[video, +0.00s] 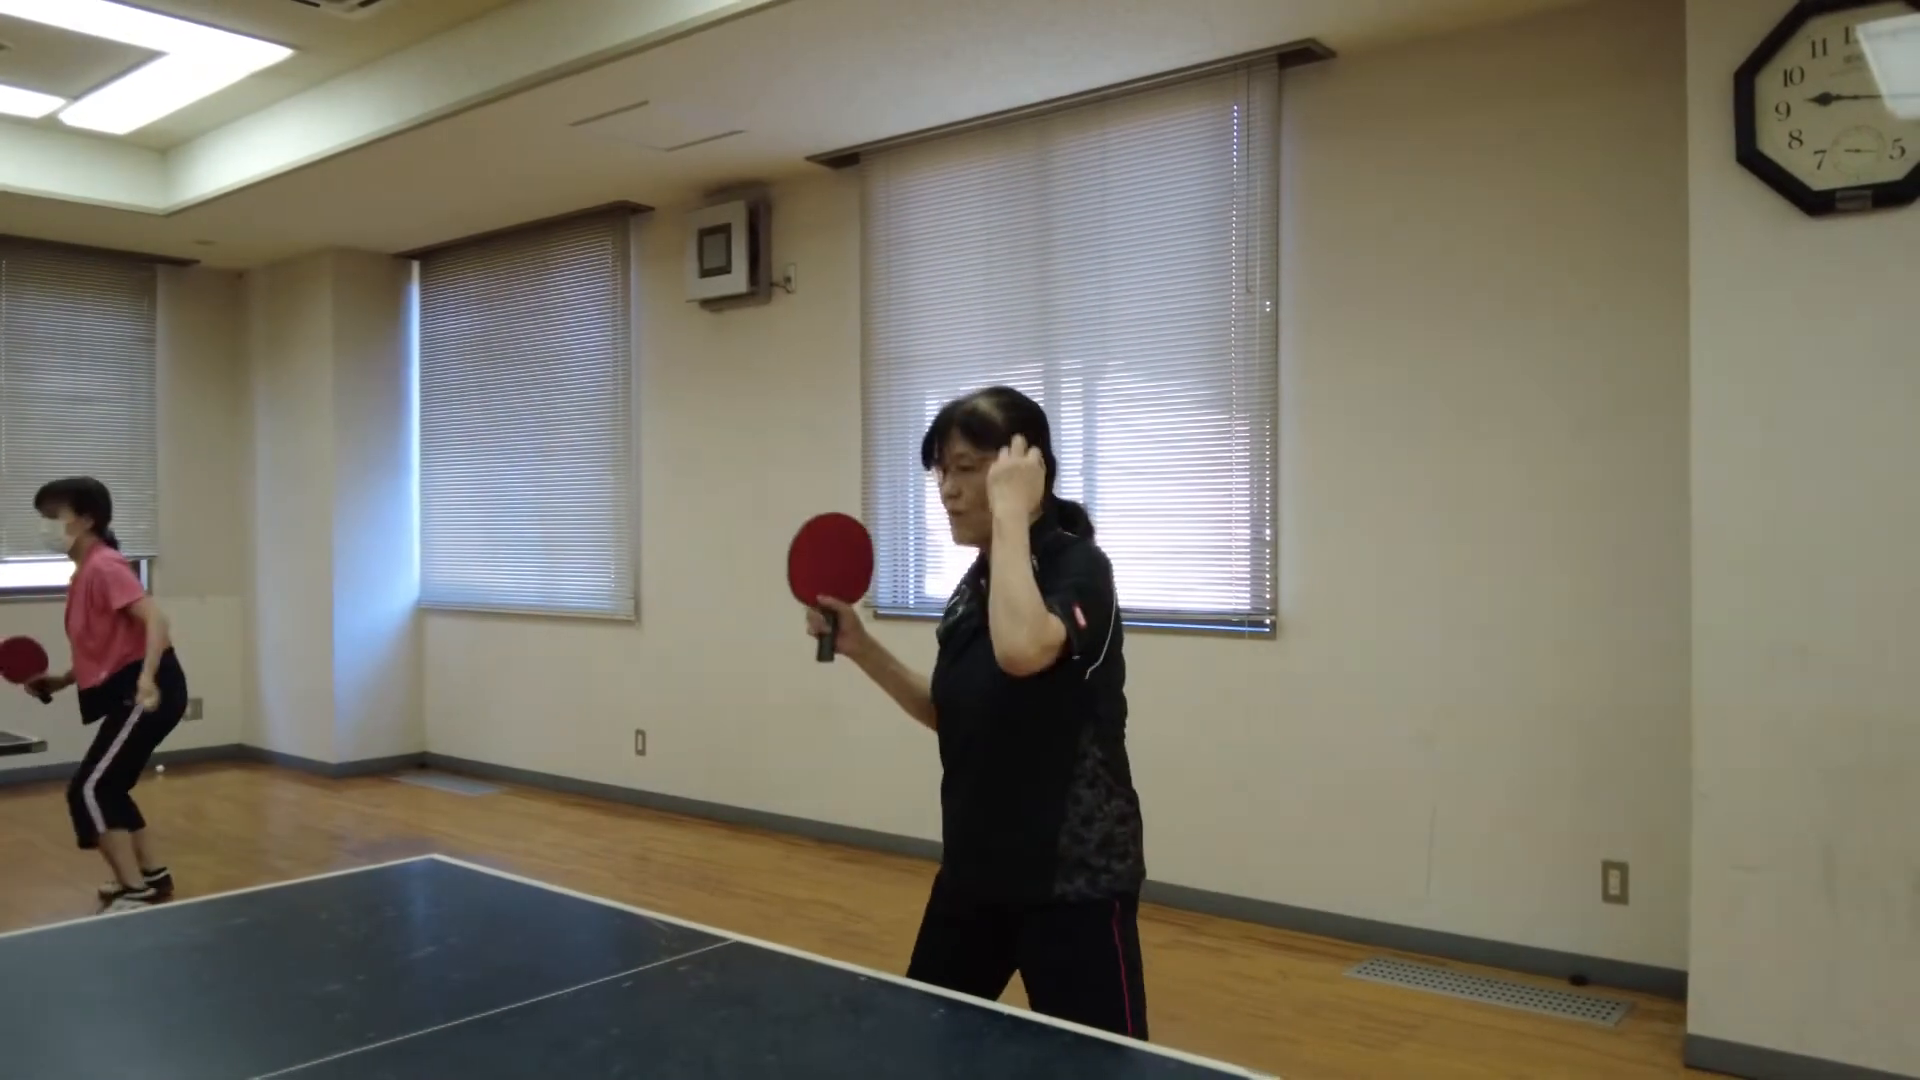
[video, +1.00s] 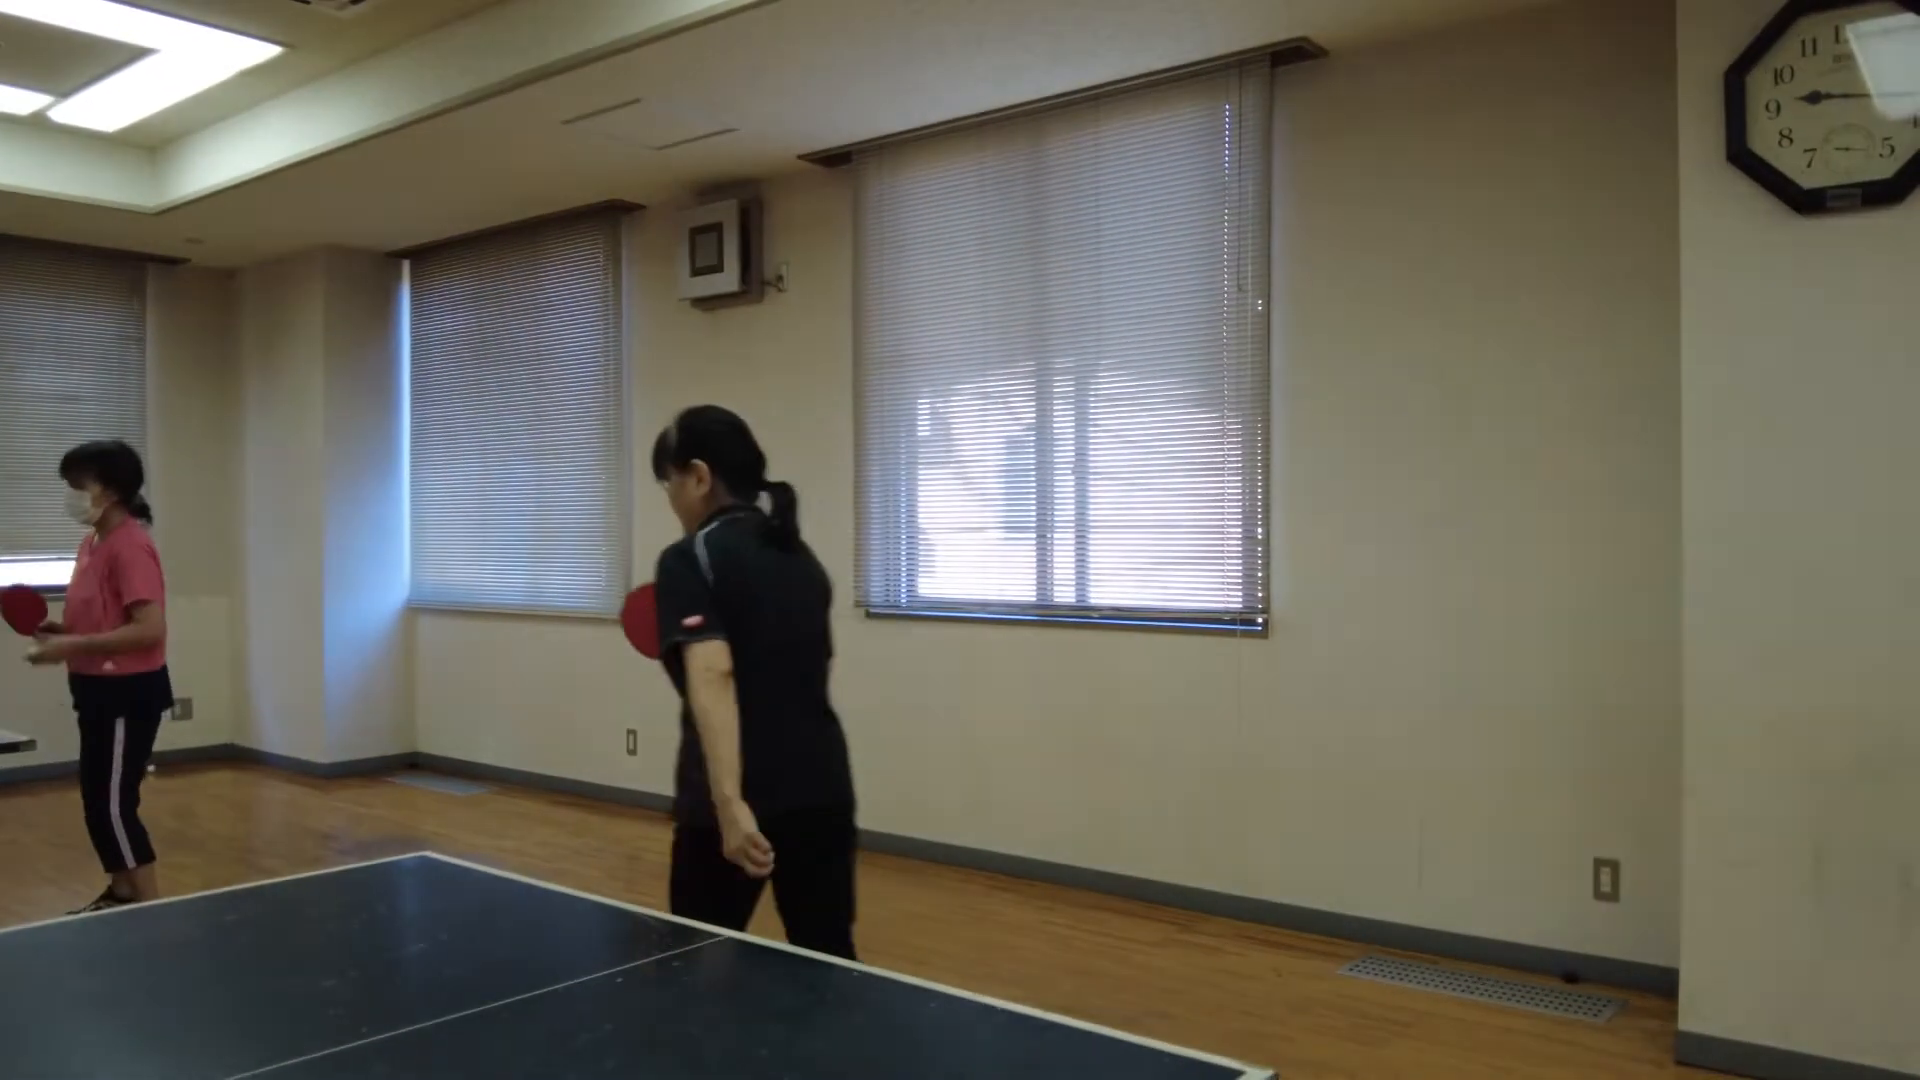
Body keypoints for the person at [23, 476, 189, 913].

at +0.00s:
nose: (53, 527)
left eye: (58, 517)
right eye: (51, 518)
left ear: (86, 518)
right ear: (80, 521)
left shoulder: (104, 566)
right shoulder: (86, 573)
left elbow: (155, 618)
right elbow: (101, 648)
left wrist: (148, 676)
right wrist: (59, 680)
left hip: (145, 691)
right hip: (130, 692)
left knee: (89, 787)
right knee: (110, 785)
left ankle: (134, 890)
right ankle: (152, 873)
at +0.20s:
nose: (56, 517)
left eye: (66, 508)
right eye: (56, 508)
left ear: (97, 516)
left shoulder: (114, 569)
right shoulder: (88, 571)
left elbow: (152, 641)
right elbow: (98, 648)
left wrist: (101, 694)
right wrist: (51, 675)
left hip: (147, 694)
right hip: (123, 697)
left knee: (108, 804)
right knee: (105, 796)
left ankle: (159, 912)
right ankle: (139, 875)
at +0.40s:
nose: (58, 505)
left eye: (68, 496)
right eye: (58, 495)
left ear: (100, 505)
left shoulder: (114, 555)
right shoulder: (90, 555)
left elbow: (143, 640)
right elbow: (100, 633)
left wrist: (80, 682)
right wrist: (54, 658)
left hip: (148, 687)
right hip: (124, 687)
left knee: (113, 807)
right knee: (107, 801)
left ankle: (157, 911)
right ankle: (128, 880)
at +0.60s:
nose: (60, 502)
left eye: (68, 492)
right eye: (59, 492)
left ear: (98, 496)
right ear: (83, 498)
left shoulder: (119, 549)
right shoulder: (93, 547)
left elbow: (146, 638)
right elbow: (102, 625)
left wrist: (82, 675)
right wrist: (57, 643)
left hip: (147, 684)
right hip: (120, 683)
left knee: (118, 802)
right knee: (104, 794)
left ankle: (156, 911)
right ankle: (128, 888)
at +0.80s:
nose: (68, 499)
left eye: (75, 488)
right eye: (66, 489)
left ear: (105, 490)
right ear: (89, 493)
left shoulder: (127, 547)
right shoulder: (90, 544)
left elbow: (150, 635)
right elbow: (102, 623)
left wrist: (83, 669)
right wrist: (60, 639)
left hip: (141, 694)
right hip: (110, 693)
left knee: (119, 809)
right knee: (104, 807)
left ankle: (151, 911)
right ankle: (125, 892)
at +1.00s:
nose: (74, 498)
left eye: (82, 488)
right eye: (74, 488)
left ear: (110, 490)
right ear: (102, 492)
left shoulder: (130, 544)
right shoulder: (95, 542)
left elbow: (151, 630)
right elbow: (104, 617)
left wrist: (73, 646)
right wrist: (62, 627)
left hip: (130, 691)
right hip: (99, 687)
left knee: (114, 805)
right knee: (97, 799)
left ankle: (152, 908)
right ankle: (123, 891)